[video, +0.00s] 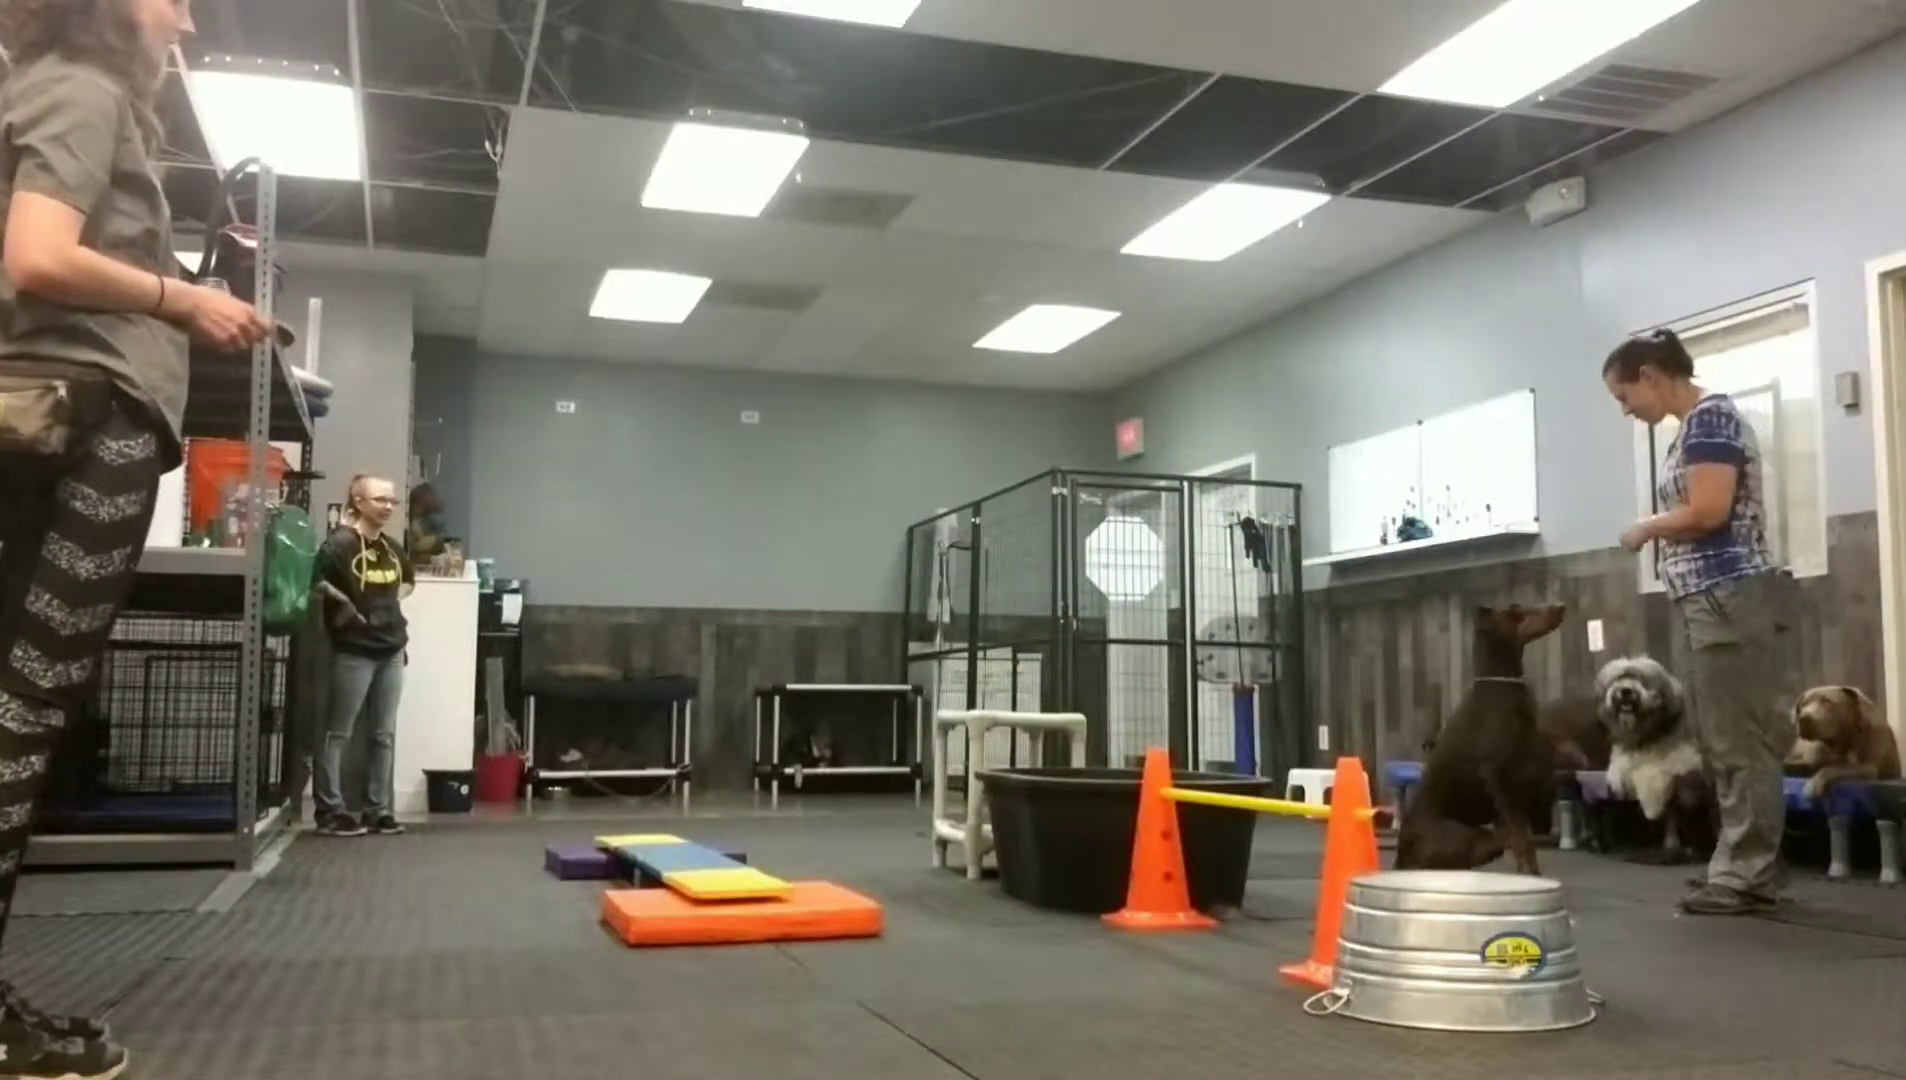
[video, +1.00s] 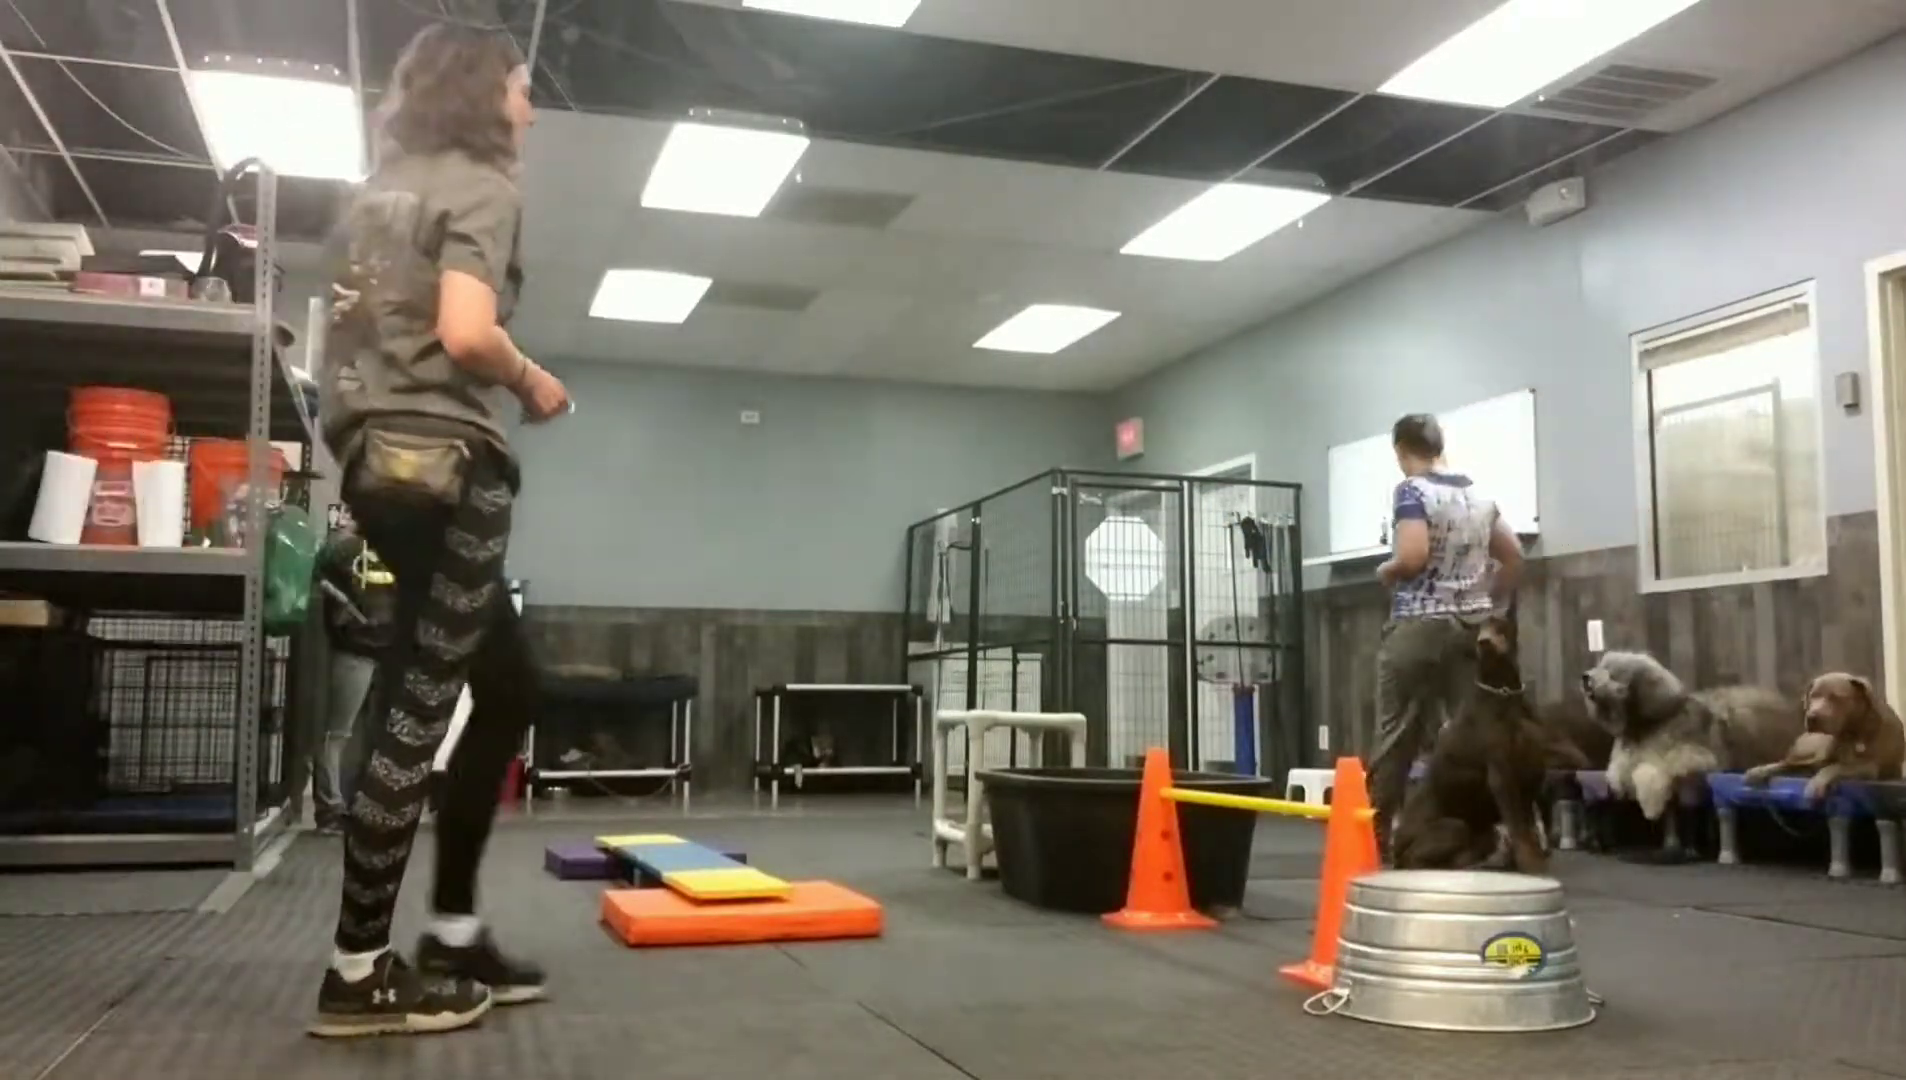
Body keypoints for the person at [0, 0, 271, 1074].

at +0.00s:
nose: (185, 26)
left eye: (186, 14)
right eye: (176, 8)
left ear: (110, 13)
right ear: (126, 4)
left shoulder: (91, 87)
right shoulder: (82, 85)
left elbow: (62, 259)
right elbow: (37, 256)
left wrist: (181, 291)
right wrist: (186, 298)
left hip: (81, 421)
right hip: (85, 423)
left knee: (39, 699)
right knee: (32, 703)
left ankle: (4, 1008)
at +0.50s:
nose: (200, 38)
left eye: (202, 19)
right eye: (191, 14)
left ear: (95, 19)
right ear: (136, 15)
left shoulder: (48, 104)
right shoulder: (98, 109)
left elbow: (56, 274)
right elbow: (46, 274)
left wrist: (172, 308)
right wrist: (180, 315)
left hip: (35, 432)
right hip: (97, 437)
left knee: (30, 712)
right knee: (209, 673)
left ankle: (37, 972)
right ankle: (51, 936)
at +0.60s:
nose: (222, 44)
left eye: (224, 24)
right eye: (212, 21)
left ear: (118, 28)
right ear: (158, 24)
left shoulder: (49, 118)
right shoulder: (126, 116)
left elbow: (52, 282)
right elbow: (69, 277)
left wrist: (188, 313)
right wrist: (197, 322)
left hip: (29, 438)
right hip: (115, 441)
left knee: (26, 720)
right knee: (238, 680)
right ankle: (207, 971)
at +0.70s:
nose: (271, 68)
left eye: (269, 50)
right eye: (262, 47)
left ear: (172, 52)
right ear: (212, 48)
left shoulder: (108, 144)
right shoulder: (185, 142)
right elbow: (140, 296)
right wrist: (260, 345)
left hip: (91, 453)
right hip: (168, 455)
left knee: (37, 715)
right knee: (279, 703)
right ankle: (337, 962)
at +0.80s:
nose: (350, 85)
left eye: (347, 64)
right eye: (342, 64)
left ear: (242, 74)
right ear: (304, 70)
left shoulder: (194, 166)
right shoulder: (279, 163)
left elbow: (172, 323)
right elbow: (248, 316)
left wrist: (325, 373)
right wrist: (358, 361)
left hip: (192, 457)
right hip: (274, 458)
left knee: (124, 714)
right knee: (362, 702)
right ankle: (357, 970)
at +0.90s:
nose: (441, 90)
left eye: (438, 71)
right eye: (429, 70)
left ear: (332, 78)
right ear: (380, 73)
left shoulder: (283, 175)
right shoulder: (388, 166)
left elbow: (271, 319)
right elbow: (370, 318)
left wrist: (383, 352)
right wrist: (458, 356)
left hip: (299, 449)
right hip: (373, 449)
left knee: (327, 722)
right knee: (394, 718)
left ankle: (134, 890)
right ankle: (363, 970)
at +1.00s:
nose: (531, 112)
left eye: (528, 93)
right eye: (523, 92)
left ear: (427, 95)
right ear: (487, 94)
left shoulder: (380, 185)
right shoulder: (482, 184)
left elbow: (355, 323)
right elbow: (465, 332)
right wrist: (529, 377)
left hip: (372, 453)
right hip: (443, 459)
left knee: (508, 691)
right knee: (413, 713)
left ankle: (453, 933)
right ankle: (358, 968)